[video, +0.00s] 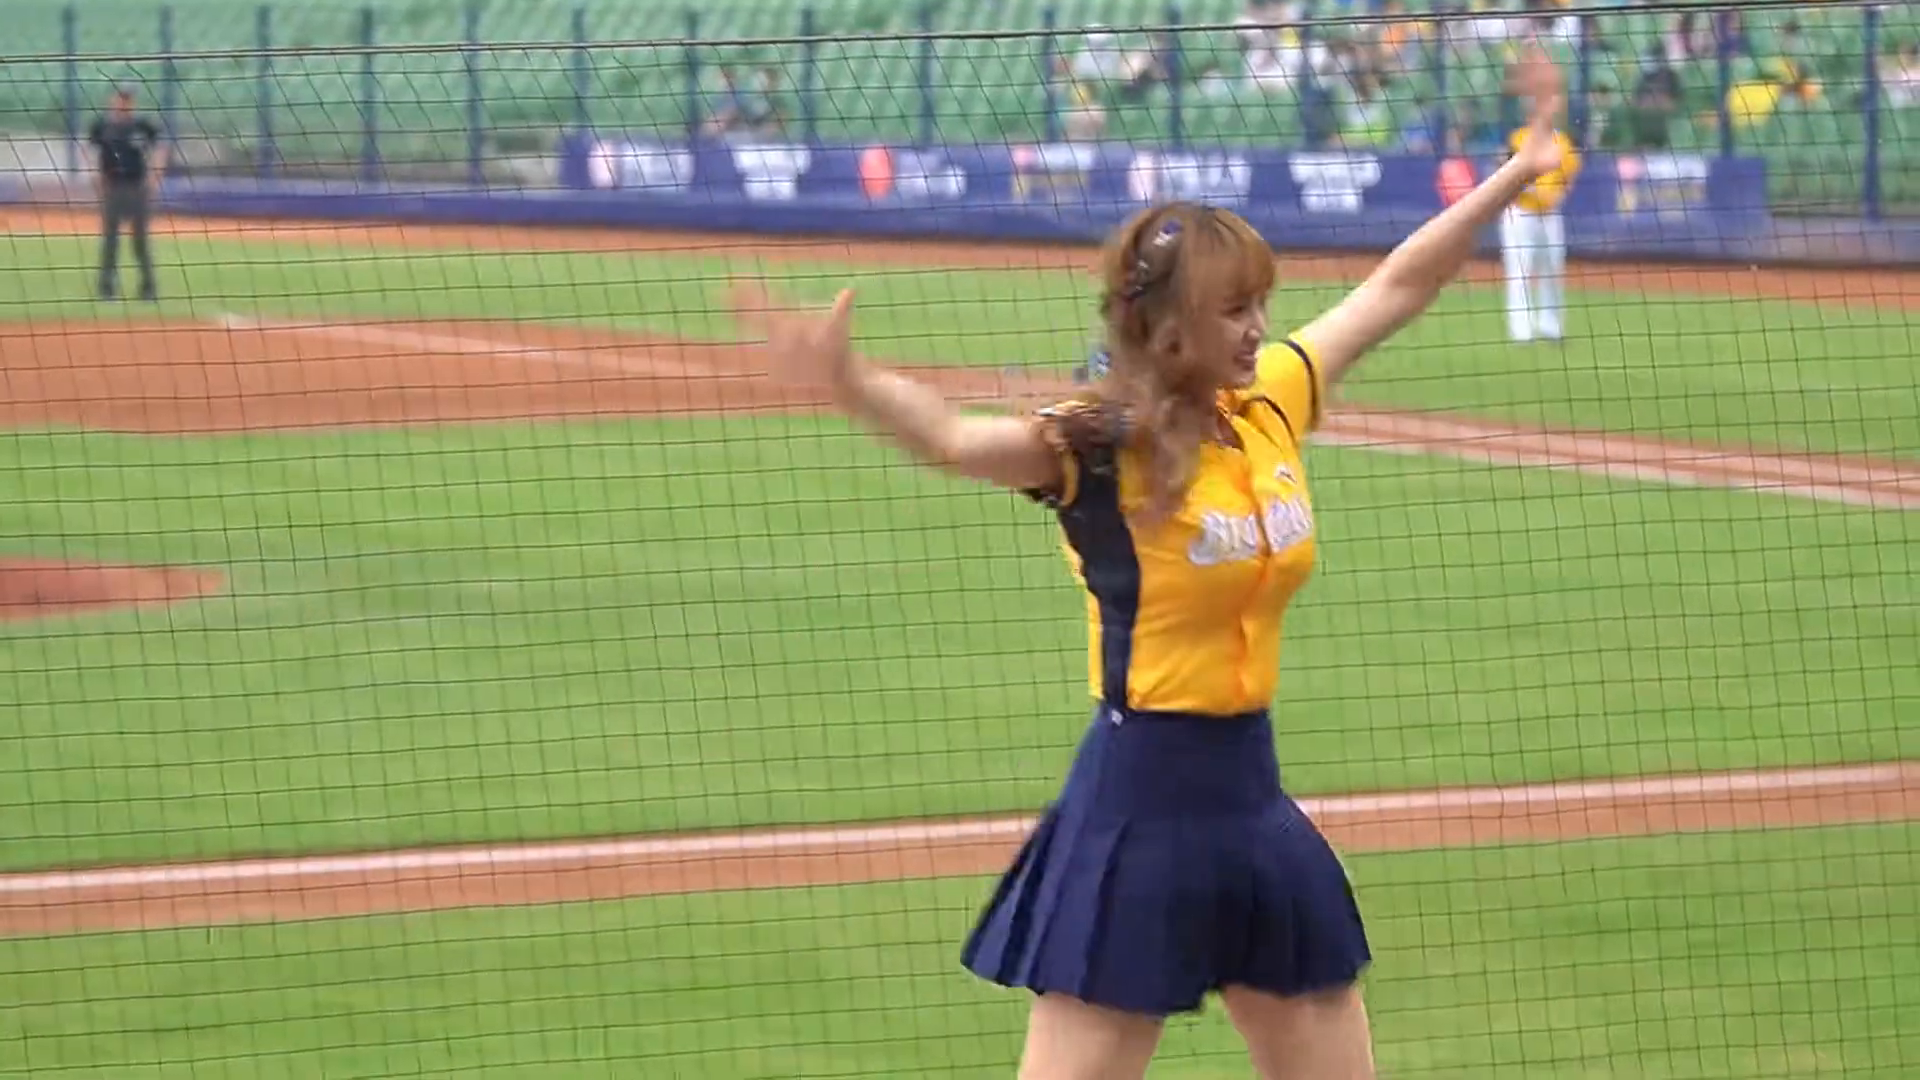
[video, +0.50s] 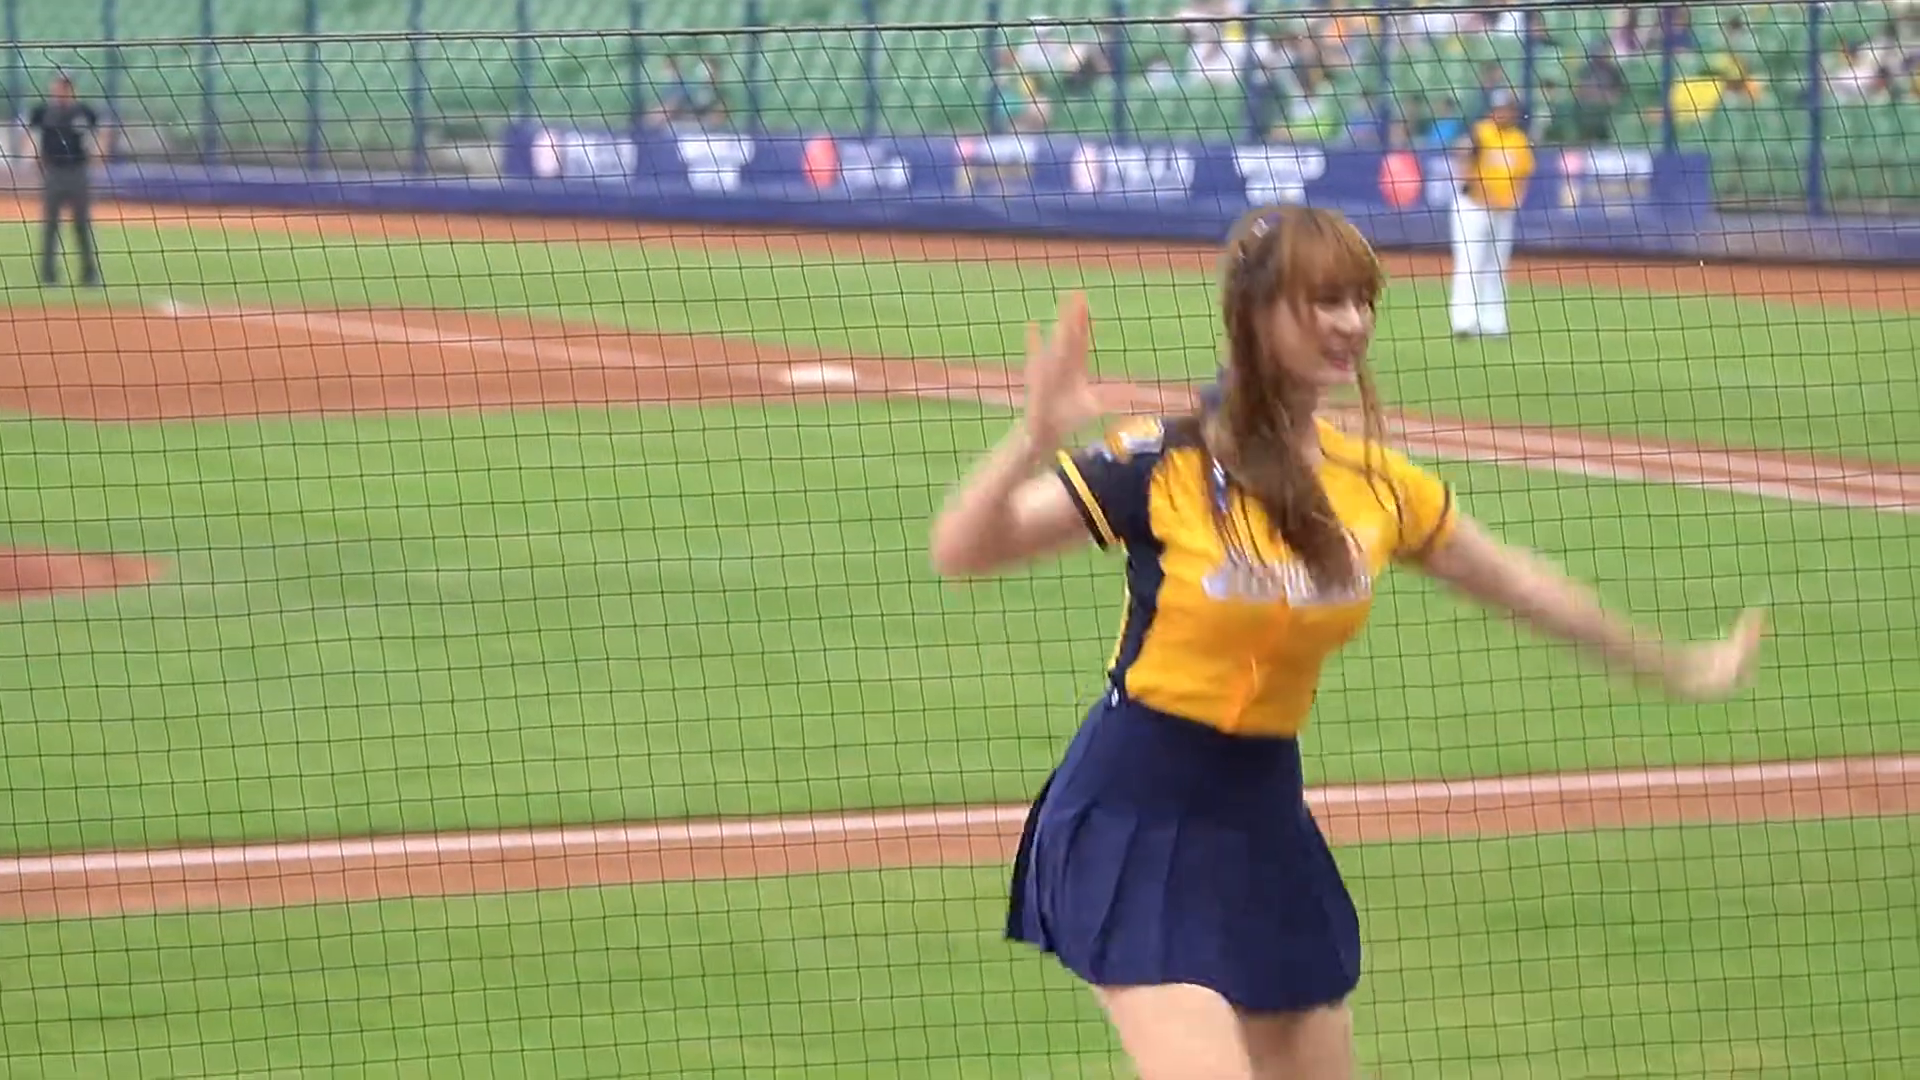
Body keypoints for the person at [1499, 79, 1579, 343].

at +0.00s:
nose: (1545, 117)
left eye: (1549, 111)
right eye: (1539, 112)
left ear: (1555, 114)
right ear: (1531, 114)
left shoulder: (1561, 140)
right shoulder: (1518, 140)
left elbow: (1572, 167)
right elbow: (1510, 174)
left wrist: (1557, 193)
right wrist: (1532, 195)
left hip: (1549, 211)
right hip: (1520, 211)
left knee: (1551, 267)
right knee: (1521, 268)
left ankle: (1550, 321)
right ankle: (1522, 324)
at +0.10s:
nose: (1530, 118)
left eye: (1534, 113)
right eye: (1525, 113)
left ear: (1541, 114)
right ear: (1519, 115)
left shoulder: (1554, 139)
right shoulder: (1509, 138)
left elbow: (1567, 169)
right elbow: (1495, 172)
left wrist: (1552, 196)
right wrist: (1516, 194)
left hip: (1543, 210)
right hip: (1511, 210)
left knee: (1541, 270)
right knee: (1513, 269)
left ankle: (1541, 322)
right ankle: (1515, 325)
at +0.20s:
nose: (1526, 117)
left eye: (1530, 112)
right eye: (1521, 111)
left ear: (1538, 114)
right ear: (1515, 113)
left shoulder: (1545, 139)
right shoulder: (1505, 136)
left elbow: (1558, 169)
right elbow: (1489, 168)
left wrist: (1546, 197)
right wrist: (1505, 193)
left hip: (1534, 210)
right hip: (1504, 209)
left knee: (1530, 268)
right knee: (1504, 267)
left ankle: (1528, 321)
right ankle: (1501, 323)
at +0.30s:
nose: (1519, 118)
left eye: (1524, 113)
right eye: (1515, 112)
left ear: (1532, 115)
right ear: (1508, 114)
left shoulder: (1538, 141)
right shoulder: (1497, 136)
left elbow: (1548, 170)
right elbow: (1480, 167)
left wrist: (1536, 197)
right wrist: (1494, 193)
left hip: (1525, 210)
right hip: (1494, 209)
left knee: (1519, 269)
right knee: (1494, 267)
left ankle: (1517, 322)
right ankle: (1490, 324)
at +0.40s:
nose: (1513, 117)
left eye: (1518, 112)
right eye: (1509, 111)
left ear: (1526, 115)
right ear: (1501, 112)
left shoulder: (1529, 141)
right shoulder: (1489, 134)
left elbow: (1537, 171)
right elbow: (1470, 163)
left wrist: (1527, 199)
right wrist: (1483, 191)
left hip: (1515, 209)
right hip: (1484, 208)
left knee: (1508, 267)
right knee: (1483, 265)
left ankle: (1505, 322)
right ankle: (1477, 323)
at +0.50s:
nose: (1501, 115)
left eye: (1507, 110)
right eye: (1498, 109)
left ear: (1516, 113)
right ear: (1491, 111)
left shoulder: (1520, 140)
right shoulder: (1480, 131)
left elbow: (1526, 170)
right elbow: (1461, 161)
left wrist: (1516, 197)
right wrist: (1474, 187)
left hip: (1503, 209)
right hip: (1472, 205)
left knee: (1495, 265)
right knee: (1470, 262)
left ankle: (1493, 320)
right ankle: (1464, 320)